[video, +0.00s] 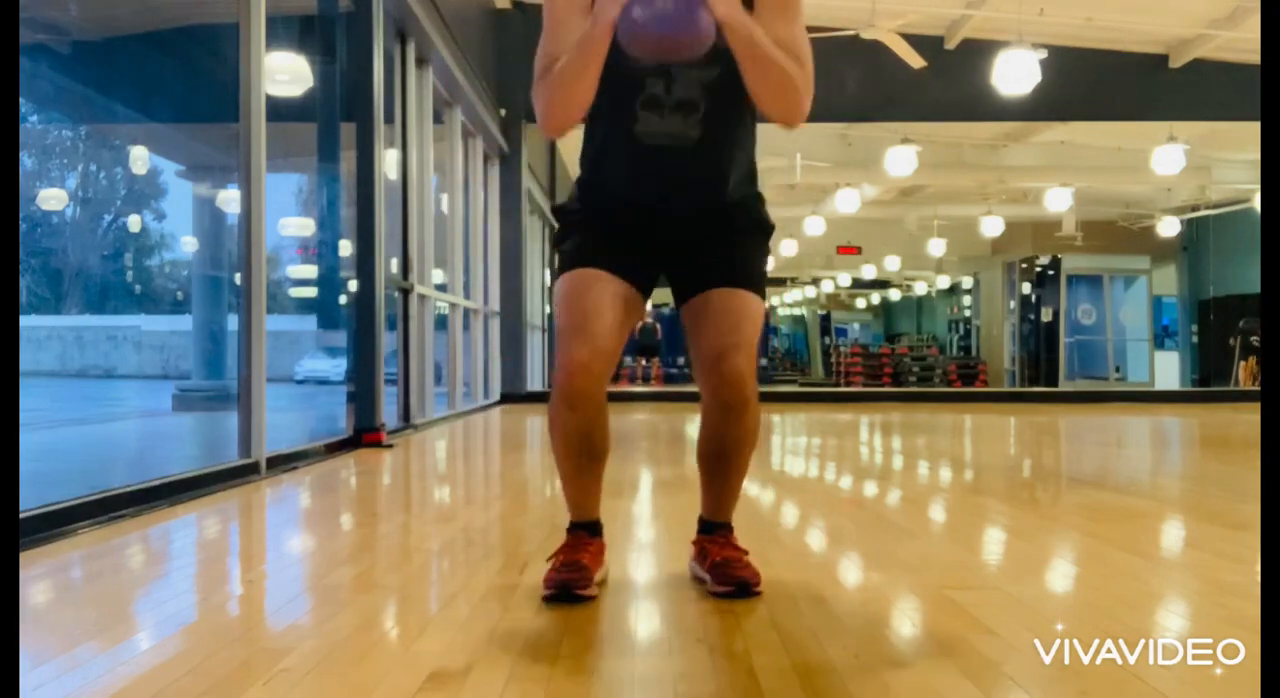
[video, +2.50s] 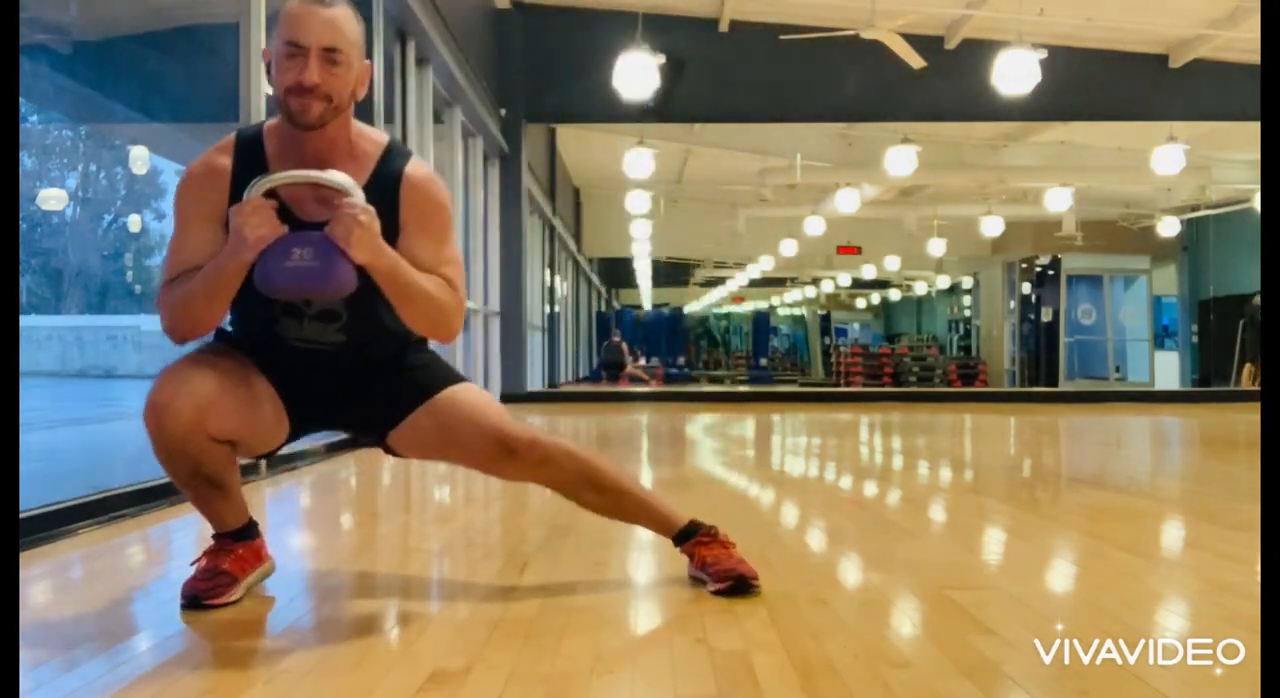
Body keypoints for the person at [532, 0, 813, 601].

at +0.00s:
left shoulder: (765, 3)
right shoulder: (577, 3)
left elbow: (791, 105)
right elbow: (554, 116)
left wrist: (727, 12)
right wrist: (605, 16)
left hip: (720, 213)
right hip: (612, 210)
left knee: (732, 380)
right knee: (577, 369)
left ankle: (716, 537)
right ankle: (582, 536)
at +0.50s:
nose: (654, 54)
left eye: (673, 39)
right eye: (638, 37)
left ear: (698, 62)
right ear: (611, 55)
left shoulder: (739, 166)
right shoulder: (562, 165)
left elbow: (766, 305)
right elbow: (535, 309)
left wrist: (711, 227)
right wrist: (583, 229)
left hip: (696, 356)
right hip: (595, 355)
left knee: (729, 404)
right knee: (558, 400)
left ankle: (714, 538)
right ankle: (581, 539)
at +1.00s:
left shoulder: (741, 5)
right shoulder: (558, 4)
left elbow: (764, 120)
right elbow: (536, 125)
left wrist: (707, 28)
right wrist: (590, 26)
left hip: (696, 208)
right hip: (591, 206)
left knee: (726, 366)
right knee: (559, 350)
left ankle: (716, 535)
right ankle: (574, 530)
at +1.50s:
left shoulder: (633, 3)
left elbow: (655, 108)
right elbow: (415, 99)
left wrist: (600, 15)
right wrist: (479, 6)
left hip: (571, 208)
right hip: (456, 202)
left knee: (641, 364)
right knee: (347, 359)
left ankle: (711, 537)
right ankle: (257, 531)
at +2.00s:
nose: (358, 37)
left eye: (379, 21)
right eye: (342, 19)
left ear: (410, 38)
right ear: (317, 28)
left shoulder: (452, 147)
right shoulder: (263, 132)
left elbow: (484, 287)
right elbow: (223, 274)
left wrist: (418, 213)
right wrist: (284, 208)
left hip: (414, 336)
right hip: (295, 331)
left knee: (537, 431)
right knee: (199, 393)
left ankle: (696, 536)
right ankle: (240, 544)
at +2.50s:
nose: (305, 74)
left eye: (328, 57)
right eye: (290, 53)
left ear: (362, 74)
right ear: (269, 62)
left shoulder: (411, 183)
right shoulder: (216, 174)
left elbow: (443, 321)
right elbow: (180, 322)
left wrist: (374, 253)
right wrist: (234, 255)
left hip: (387, 372)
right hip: (268, 370)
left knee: (518, 447)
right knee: (173, 406)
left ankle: (690, 535)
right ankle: (237, 541)